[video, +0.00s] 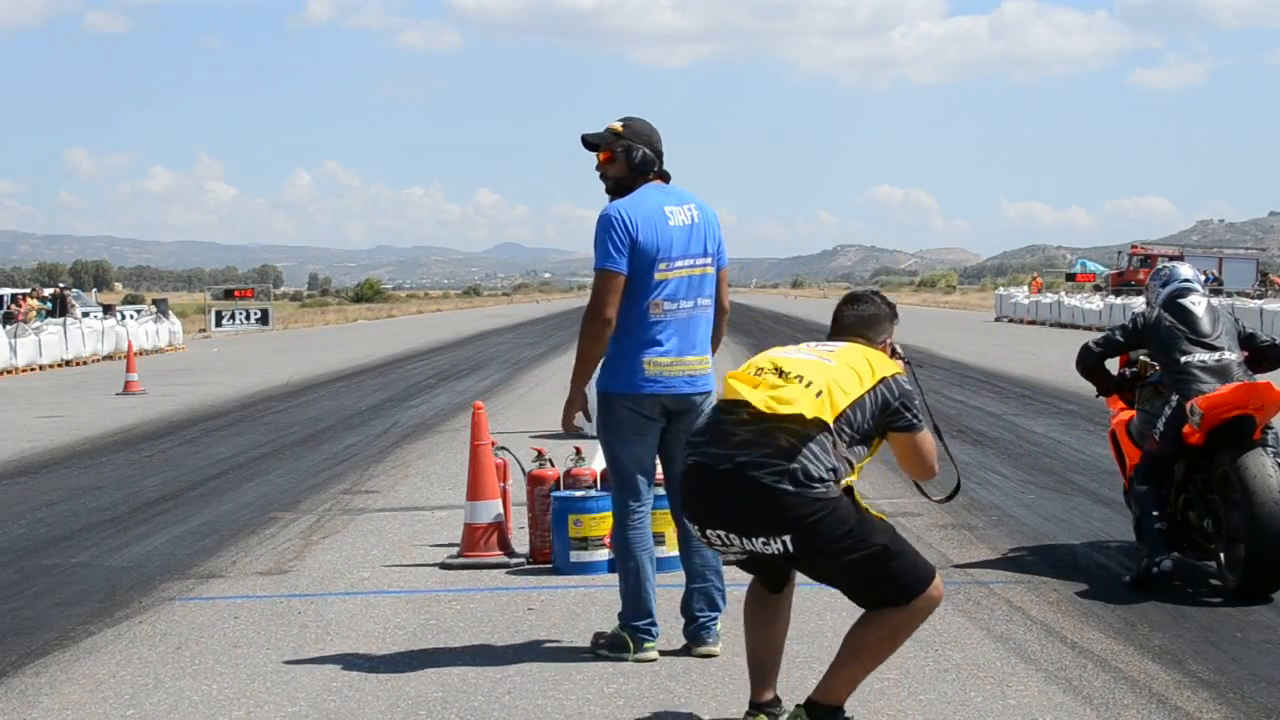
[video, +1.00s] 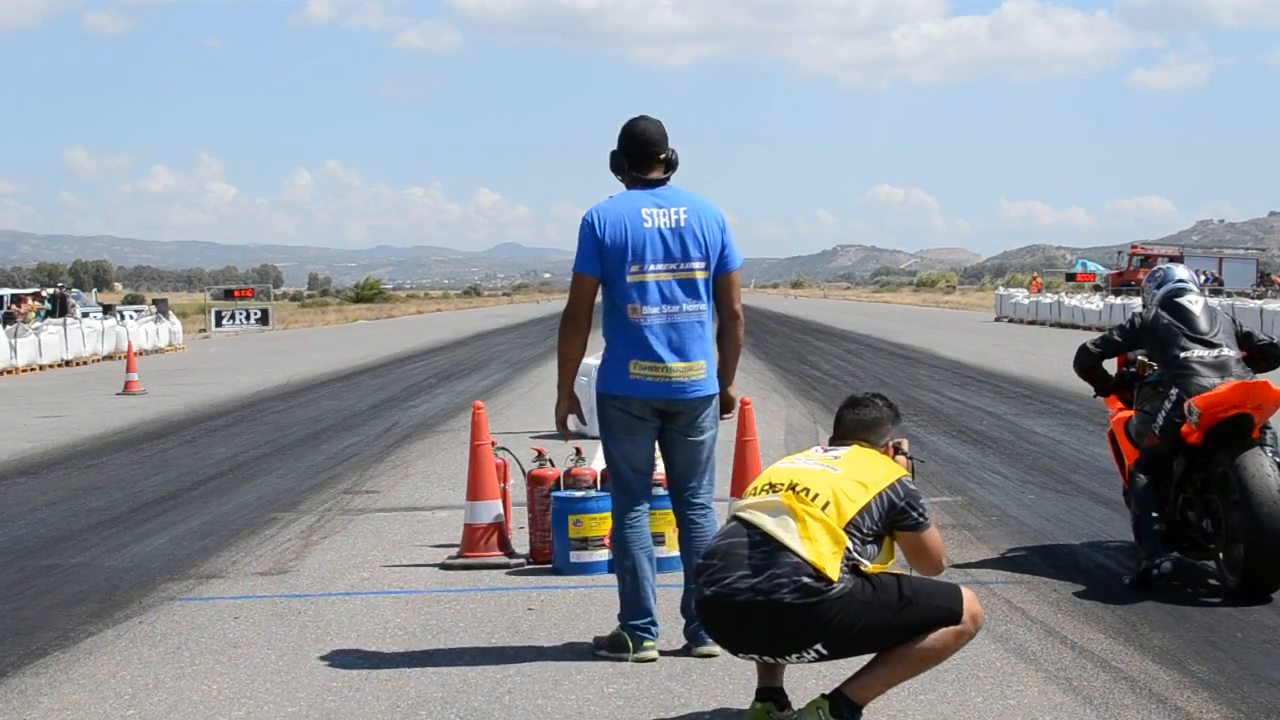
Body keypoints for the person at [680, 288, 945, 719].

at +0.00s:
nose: (892, 343)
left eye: (890, 337)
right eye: (891, 337)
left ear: (832, 333)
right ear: (884, 342)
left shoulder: (788, 352)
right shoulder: (888, 375)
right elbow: (923, 468)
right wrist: (900, 383)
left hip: (700, 483)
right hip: (786, 492)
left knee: (773, 571)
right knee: (921, 592)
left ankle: (762, 703)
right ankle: (822, 708)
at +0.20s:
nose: (896, 388)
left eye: (895, 383)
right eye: (895, 382)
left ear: (835, 377)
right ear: (887, 387)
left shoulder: (795, 395)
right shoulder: (889, 419)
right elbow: (929, 509)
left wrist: (877, 414)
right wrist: (901, 426)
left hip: (702, 527)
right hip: (790, 530)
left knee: (768, 577)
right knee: (941, 598)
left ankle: (759, 701)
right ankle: (828, 709)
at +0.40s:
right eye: (894, 416)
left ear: (834, 411)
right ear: (888, 419)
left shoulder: (794, 431)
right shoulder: (892, 453)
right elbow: (931, 543)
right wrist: (905, 455)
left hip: (707, 567)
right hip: (793, 569)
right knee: (952, 603)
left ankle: (764, 698)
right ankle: (830, 707)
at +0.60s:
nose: (900, 438)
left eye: (899, 433)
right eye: (898, 433)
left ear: (834, 428)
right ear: (890, 437)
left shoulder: (797, 449)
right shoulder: (893, 469)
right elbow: (932, 554)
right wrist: (905, 470)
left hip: (712, 591)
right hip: (798, 591)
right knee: (961, 608)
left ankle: (765, 698)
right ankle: (838, 707)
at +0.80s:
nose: (900, 443)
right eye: (898, 437)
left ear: (834, 433)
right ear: (890, 442)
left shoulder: (795, 455)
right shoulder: (893, 474)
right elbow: (933, 561)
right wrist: (904, 475)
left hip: (717, 601)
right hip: (799, 602)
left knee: (778, 567)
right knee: (965, 612)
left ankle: (767, 697)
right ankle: (839, 707)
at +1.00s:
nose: (899, 447)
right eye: (897, 441)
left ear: (832, 438)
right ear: (889, 447)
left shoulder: (792, 460)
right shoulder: (891, 478)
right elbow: (932, 565)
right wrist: (904, 481)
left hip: (718, 608)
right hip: (800, 611)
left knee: (777, 568)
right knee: (967, 612)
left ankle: (769, 696)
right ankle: (839, 707)